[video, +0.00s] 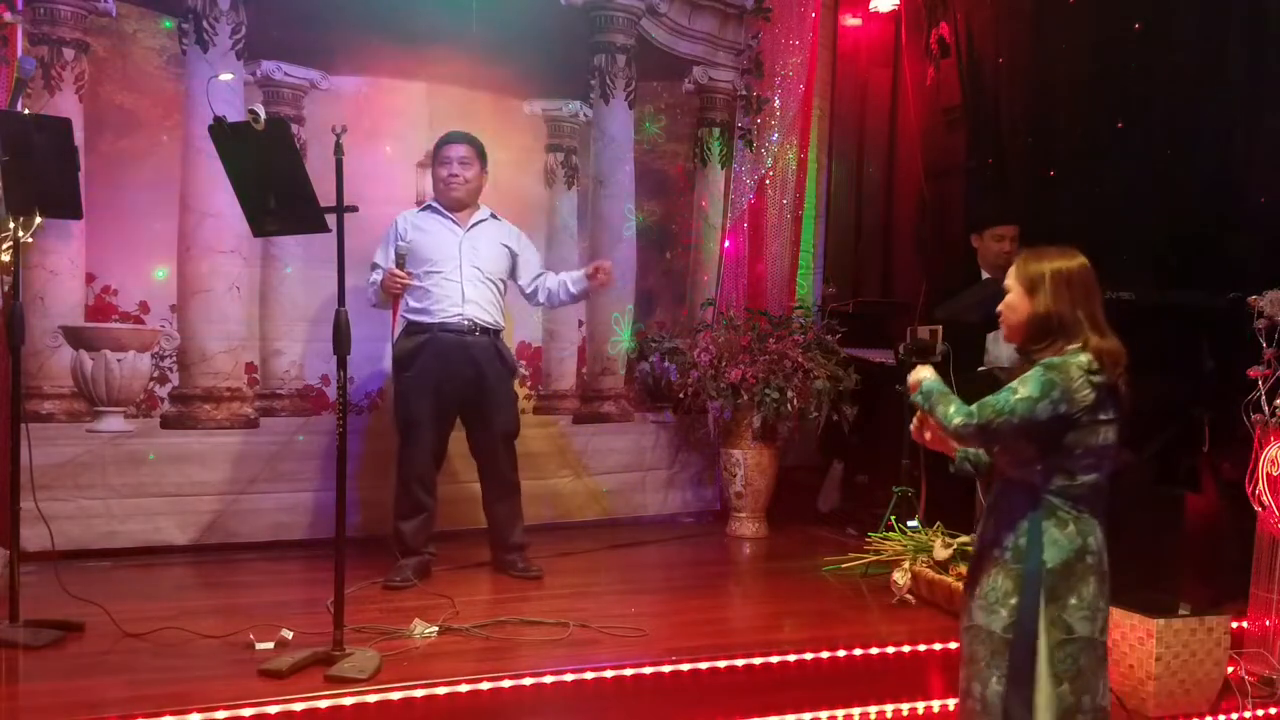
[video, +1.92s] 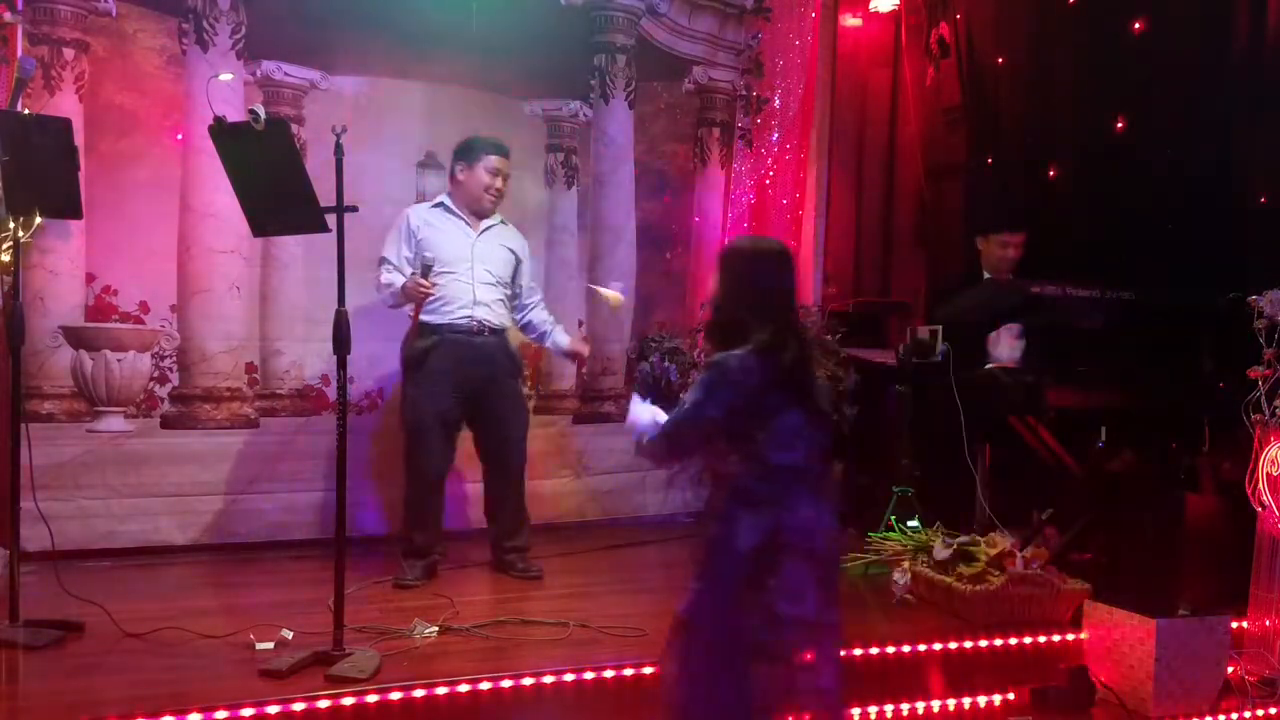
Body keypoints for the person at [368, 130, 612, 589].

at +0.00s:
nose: (453, 171)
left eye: (465, 163)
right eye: (444, 163)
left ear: (483, 175)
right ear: (432, 173)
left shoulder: (506, 233)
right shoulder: (408, 225)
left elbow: (539, 288)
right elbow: (376, 288)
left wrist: (584, 279)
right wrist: (385, 286)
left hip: (486, 352)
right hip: (424, 350)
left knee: (500, 458)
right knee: (418, 459)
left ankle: (510, 552)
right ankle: (413, 557)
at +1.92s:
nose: (500, 185)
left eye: (505, 178)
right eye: (493, 174)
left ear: (506, 184)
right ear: (460, 172)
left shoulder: (512, 239)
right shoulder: (417, 219)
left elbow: (528, 307)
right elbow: (386, 284)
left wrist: (564, 340)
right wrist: (404, 290)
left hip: (495, 354)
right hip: (436, 352)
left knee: (508, 458)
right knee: (427, 461)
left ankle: (511, 551)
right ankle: (419, 558)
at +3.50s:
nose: (527, 171)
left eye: (538, 163)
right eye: (518, 163)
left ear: (555, 173)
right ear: (503, 171)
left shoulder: (573, 226)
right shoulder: (480, 224)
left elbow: (586, 286)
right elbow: (460, 291)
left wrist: (588, 304)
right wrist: (456, 290)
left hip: (553, 355)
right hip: (492, 356)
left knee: (556, 464)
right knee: (473, 459)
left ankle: (547, 562)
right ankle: (462, 558)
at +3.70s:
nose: (526, 169)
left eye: (537, 161)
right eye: (517, 160)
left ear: (556, 172)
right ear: (504, 168)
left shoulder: (575, 229)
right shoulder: (479, 224)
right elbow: (454, 296)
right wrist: (454, 286)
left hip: (548, 356)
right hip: (487, 355)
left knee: (550, 469)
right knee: (471, 462)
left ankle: (547, 562)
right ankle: (462, 558)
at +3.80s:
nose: (526, 168)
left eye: (537, 161)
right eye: (517, 159)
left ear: (554, 172)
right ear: (503, 168)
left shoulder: (574, 230)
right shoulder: (476, 223)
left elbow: (593, 301)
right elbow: (451, 295)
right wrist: (452, 286)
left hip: (545, 355)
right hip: (484, 354)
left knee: (548, 465)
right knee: (468, 461)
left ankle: (547, 561)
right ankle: (462, 558)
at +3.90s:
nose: (525, 169)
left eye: (536, 162)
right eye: (516, 160)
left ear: (552, 173)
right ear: (500, 168)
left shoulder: (571, 231)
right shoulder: (471, 223)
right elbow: (446, 295)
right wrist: (447, 286)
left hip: (544, 355)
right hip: (480, 354)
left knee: (548, 466)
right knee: (463, 459)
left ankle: (545, 560)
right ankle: (458, 556)